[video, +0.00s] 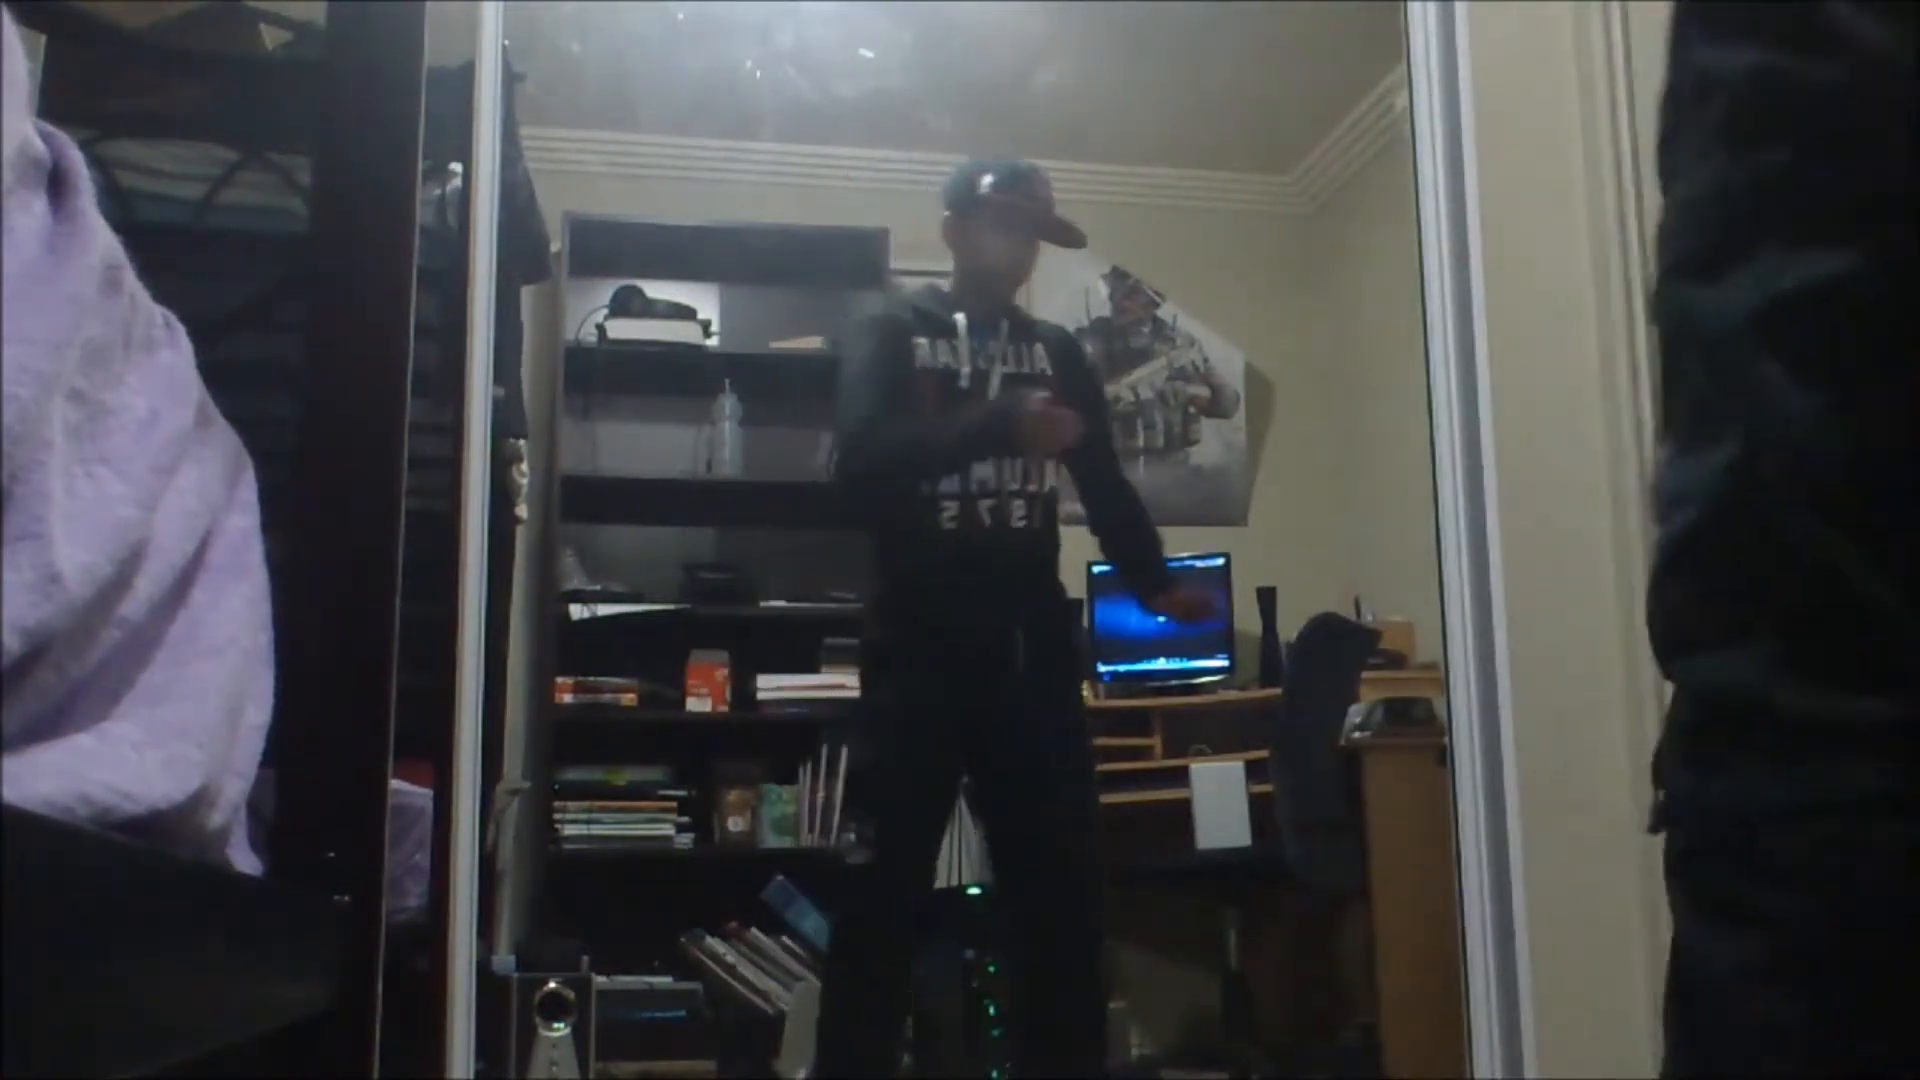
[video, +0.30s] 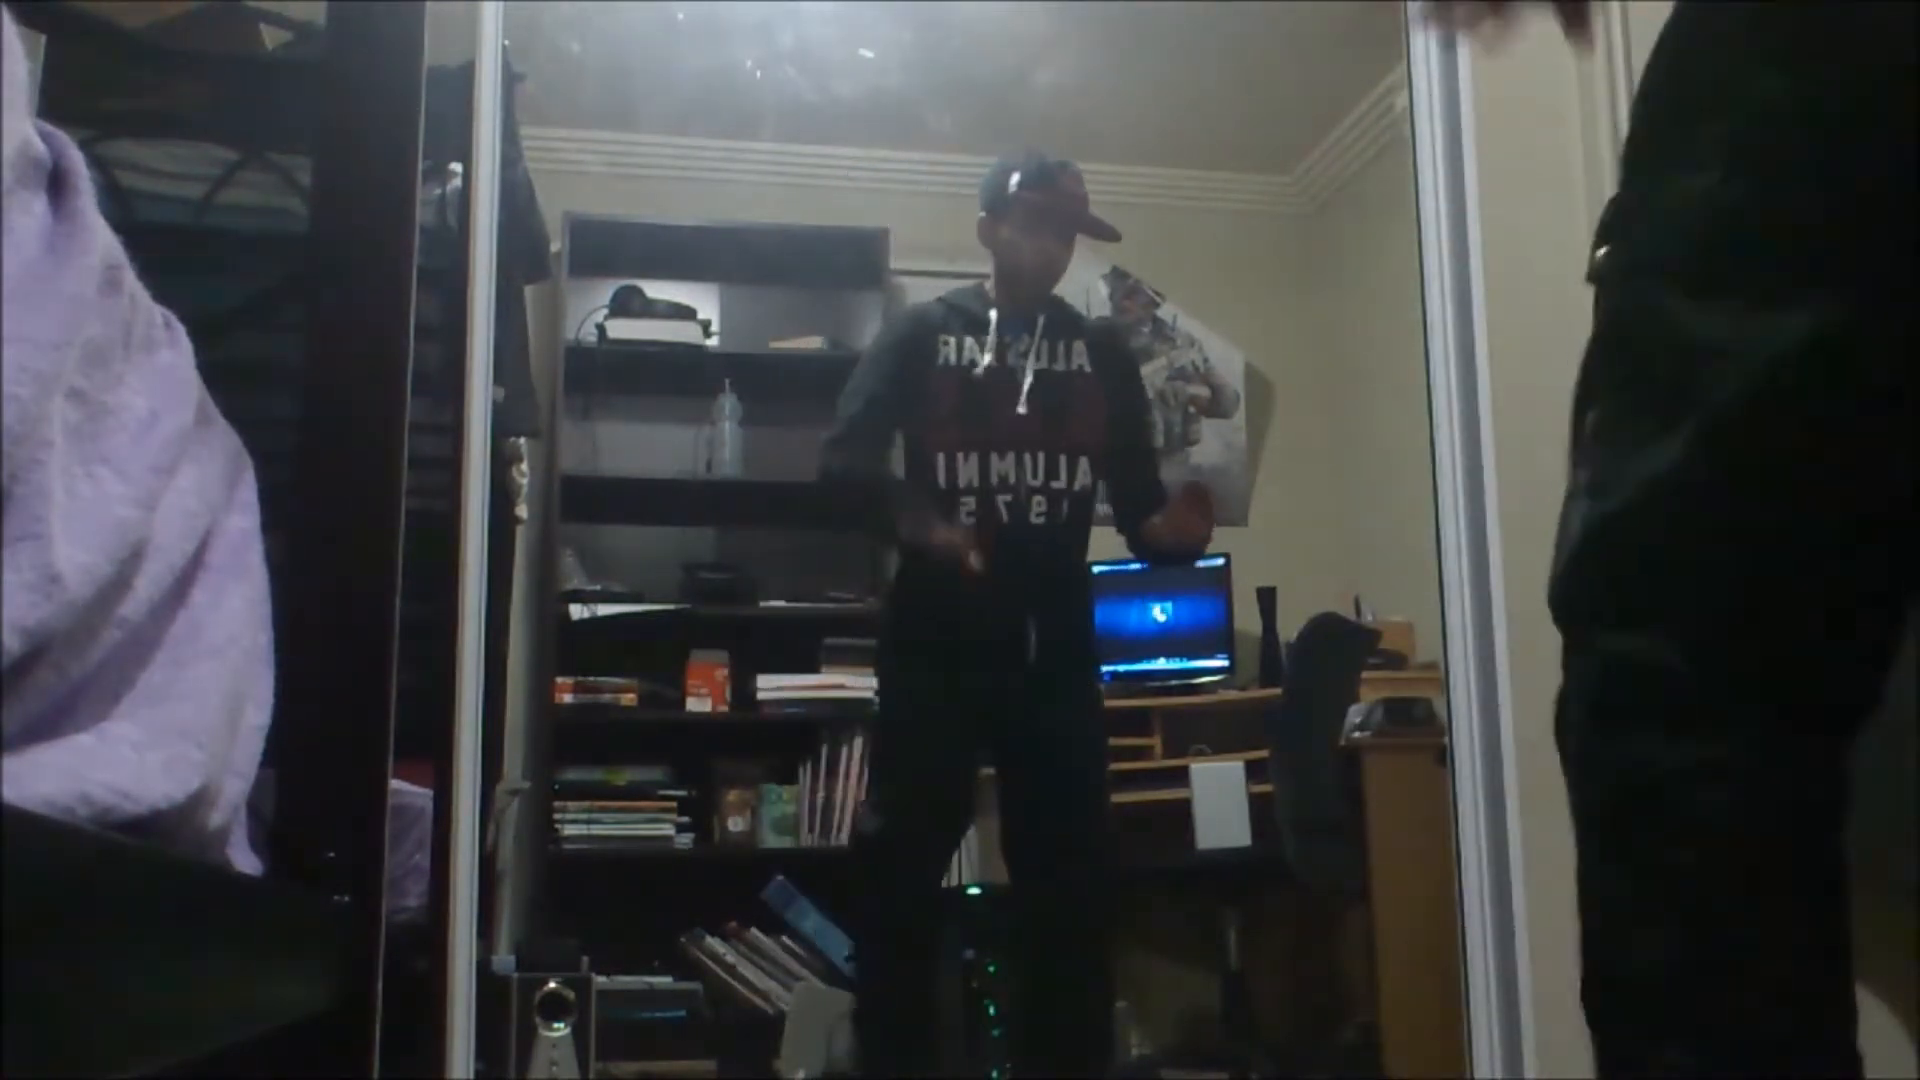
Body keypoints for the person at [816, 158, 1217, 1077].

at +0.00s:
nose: (1022, 248)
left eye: (1034, 233)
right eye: (1004, 227)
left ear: (1043, 242)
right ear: (956, 227)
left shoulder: (1057, 354)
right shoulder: (888, 323)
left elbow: (1102, 480)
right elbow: (862, 456)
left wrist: (1156, 580)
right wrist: (1002, 427)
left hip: (1030, 627)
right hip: (919, 623)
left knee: (1054, 874)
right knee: (890, 875)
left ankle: (1061, 1063)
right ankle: (858, 1065)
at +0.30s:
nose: (1051, 244)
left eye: (1065, 228)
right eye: (1034, 222)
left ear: (1080, 239)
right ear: (988, 228)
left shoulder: (1102, 351)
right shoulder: (923, 332)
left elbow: (1143, 512)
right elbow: (844, 465)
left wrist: (1174, 531)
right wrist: (924, 527)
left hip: (1051, 632)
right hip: (937, 630)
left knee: (1066, 870)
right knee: (905, 869)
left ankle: (1066, 1063)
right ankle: (898, 1064)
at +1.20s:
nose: (933, 239)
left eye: (957, 224)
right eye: (922, 222)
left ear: (996, 234)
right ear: (904, 230)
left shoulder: (1053, 339)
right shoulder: (873, 353)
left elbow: (1098, 493)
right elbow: (853, 523)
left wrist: (1087, 529)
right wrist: (800, 602)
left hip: (1022, 634)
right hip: (904, 634)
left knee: (1054, 869)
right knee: (828, 852)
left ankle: (1055, 1065)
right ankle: (767, 1063)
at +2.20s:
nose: (975, 239)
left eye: (988, 223)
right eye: (957, 218)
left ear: (997, 225)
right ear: (903, 213)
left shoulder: (1009, 339)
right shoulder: (829, 327)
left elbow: (1053, 481)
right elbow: (790, 479)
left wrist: (1088, 598)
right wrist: (895, 519)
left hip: (989, 637)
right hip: (869, 639)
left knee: (1048, 863)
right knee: (856, 880)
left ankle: (1091, 1063)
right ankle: (848, 1068)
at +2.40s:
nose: (1001, 238)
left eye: (1014, 221)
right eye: (983, 217)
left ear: (1027, 223)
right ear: (933, 212)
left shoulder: (1042, 337)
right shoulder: (862, 313)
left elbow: (1099, 470)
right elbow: (786, 424)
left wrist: (1152, 594)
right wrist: (919, 412)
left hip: (1005, 627)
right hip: (889, 623)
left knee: (1042, 867)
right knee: (867, 875)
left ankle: (1055, 1064)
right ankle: (850, 1065)